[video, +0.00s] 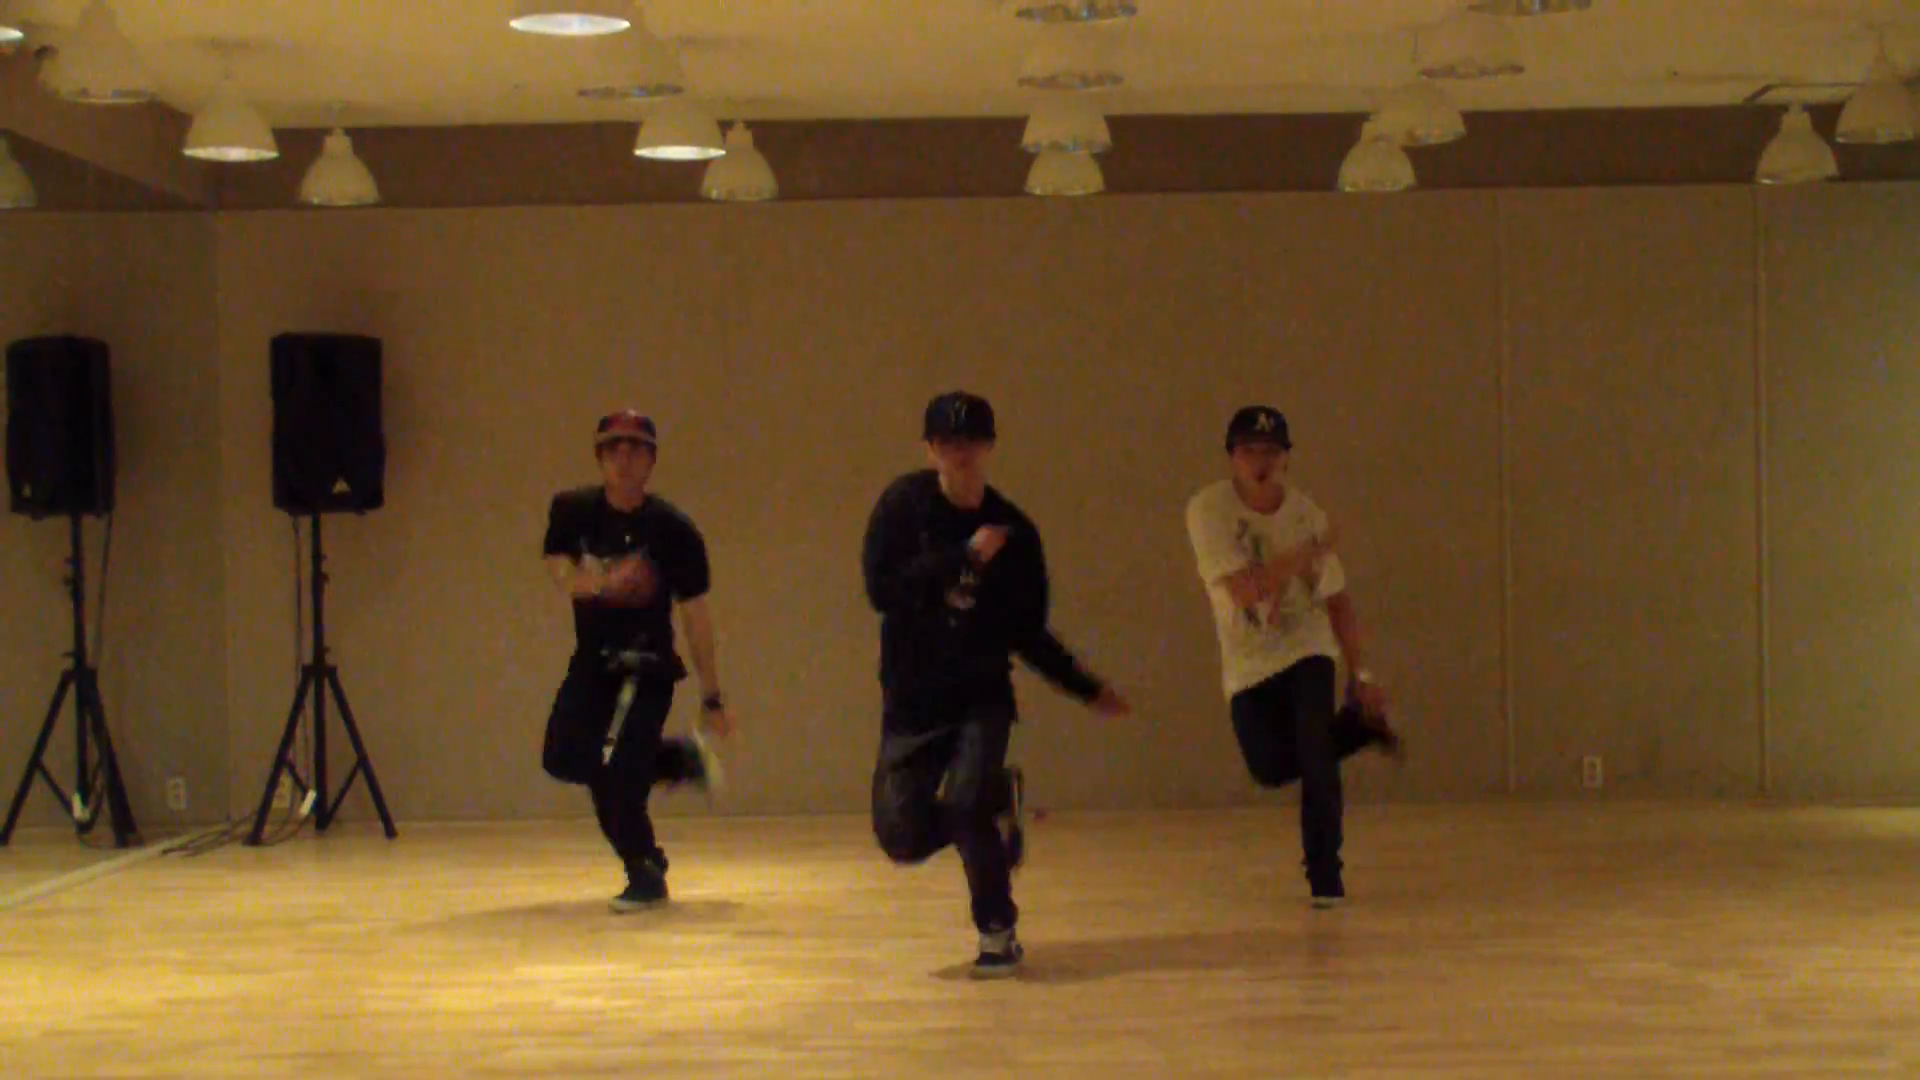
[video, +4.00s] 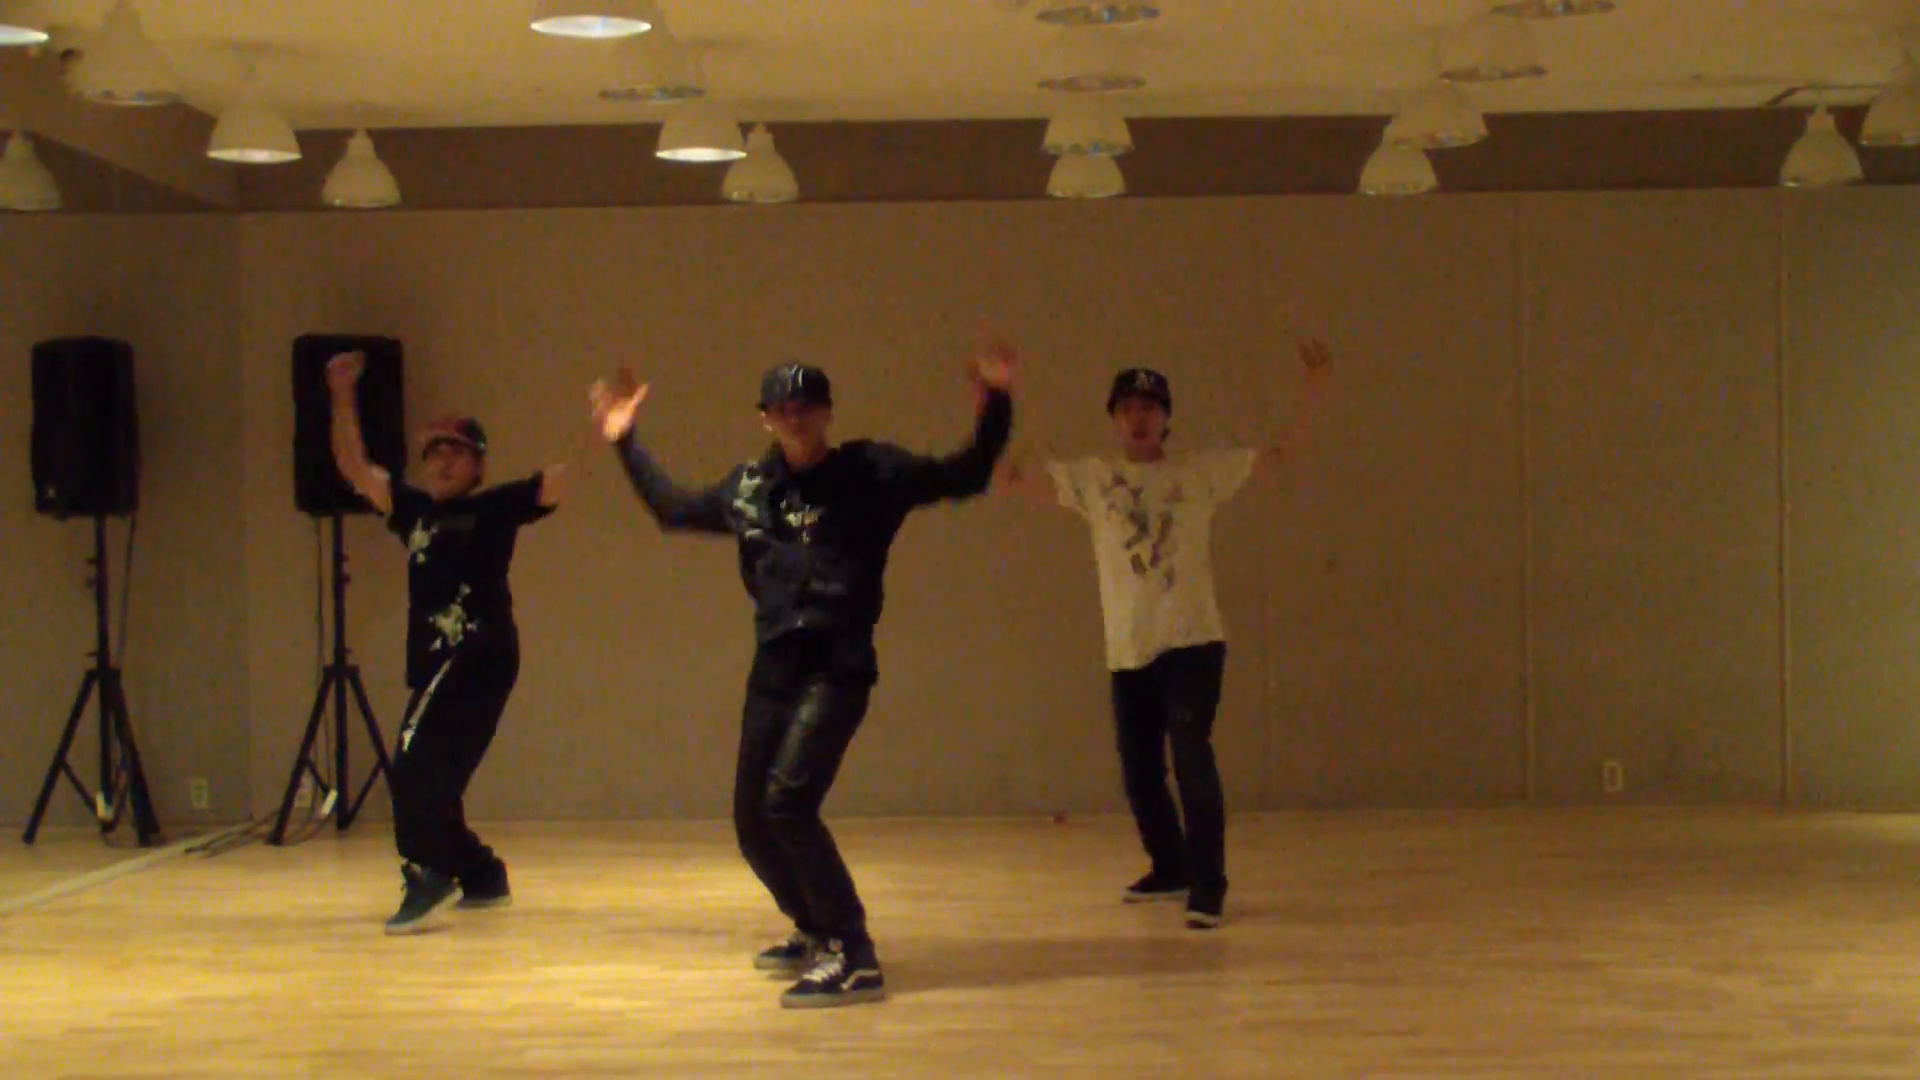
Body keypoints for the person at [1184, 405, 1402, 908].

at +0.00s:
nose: (1261, 462)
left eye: (1271, 451)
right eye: (1250, 451)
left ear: (1285, 456)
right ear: (1231, 456)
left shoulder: (1304, 513)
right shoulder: (1208, 510)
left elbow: (1336, 599)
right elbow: (1242, 591)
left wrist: (1359, 672)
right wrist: (1306, 556)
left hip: (1308, 649)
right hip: (1247, 665)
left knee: (1315, 756)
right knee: (1270, 767)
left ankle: (1325, 876)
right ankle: (1359, 728)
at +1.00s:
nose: (1224, 444)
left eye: (1236, 434)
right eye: (1217, 435)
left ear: (1262, 438)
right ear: (1209, 442)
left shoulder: (1301, 499)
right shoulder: (1212, 503)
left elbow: (1350, 577)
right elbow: (1177, 567)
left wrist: (1351, 657)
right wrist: (1158, 580)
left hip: (1313, 661)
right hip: (1254, 654)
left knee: (1288, 768)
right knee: (1198, 756)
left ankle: (1336, 879)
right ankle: (1166, 871)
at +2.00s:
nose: (1247, 457)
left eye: (1256, 443)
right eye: (1240, 447)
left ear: (1287, 441)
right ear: (1239, 451)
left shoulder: (1334, 487)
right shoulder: (1284, 502)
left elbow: (1398, 537)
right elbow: (1265, 577)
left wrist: (1405, 623)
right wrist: (1258, 565)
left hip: (1364, 653)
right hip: (1317, 630)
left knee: (1303, 754)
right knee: (1226, 664)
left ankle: (1331, 874)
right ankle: (1208, 764)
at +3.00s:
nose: (1208, 465)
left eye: (1220, 454)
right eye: (1205, 455)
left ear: (1250, 461)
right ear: (1203, 460)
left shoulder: (1252, 524)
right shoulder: (1232, 521)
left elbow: (1160, 538)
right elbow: (1166, 540)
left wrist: (1095, 506)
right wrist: (1101, 508)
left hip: (1259, 694)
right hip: (1222, 686)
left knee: (1241, 815)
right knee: (1128, 757)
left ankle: (1369, 876)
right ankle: (1114, 883)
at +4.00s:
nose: (1139, 418)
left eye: (1150, 407)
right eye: (1128, 407)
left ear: (1167, 417)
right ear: (1112, 419)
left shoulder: (1198, 471)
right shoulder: (1094, 480)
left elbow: (1280, 452)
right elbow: (1021, 478)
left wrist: (1313, 388)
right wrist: (998, 410)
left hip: (1193, 641)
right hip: (1131, 649)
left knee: (1190, 757)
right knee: (1140, 769)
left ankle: (1207, 886)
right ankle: (1169, 866)